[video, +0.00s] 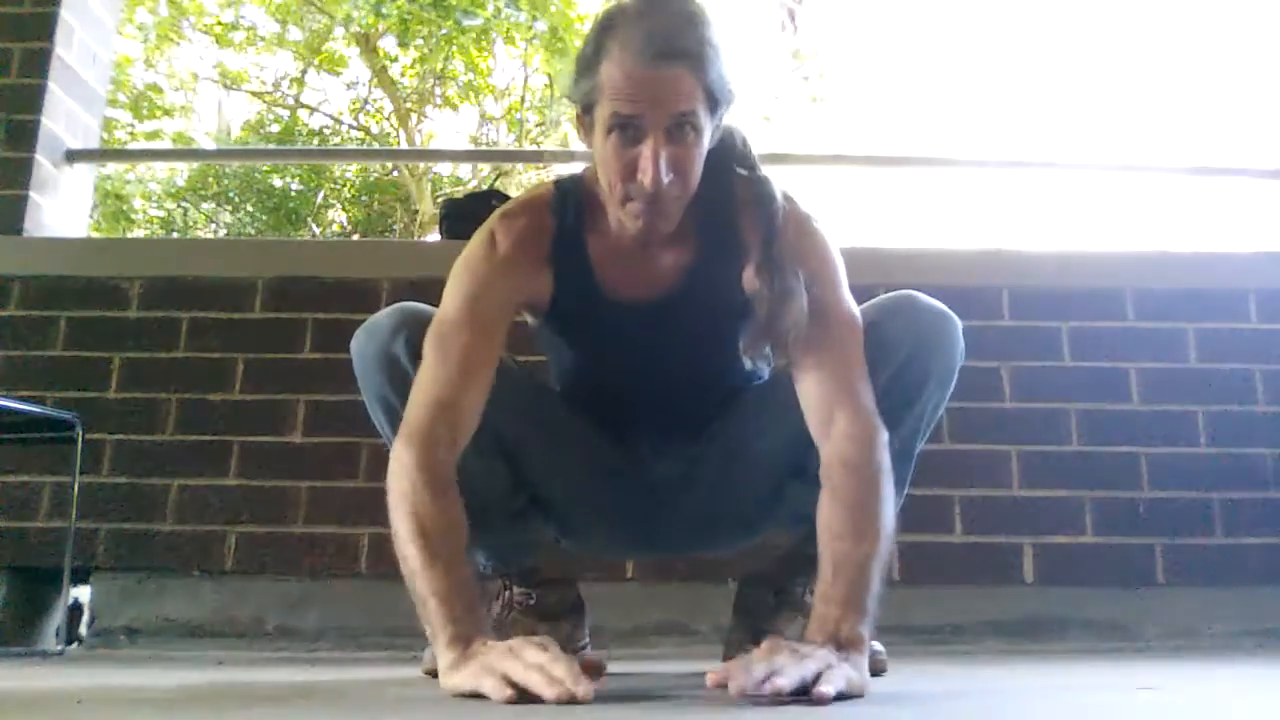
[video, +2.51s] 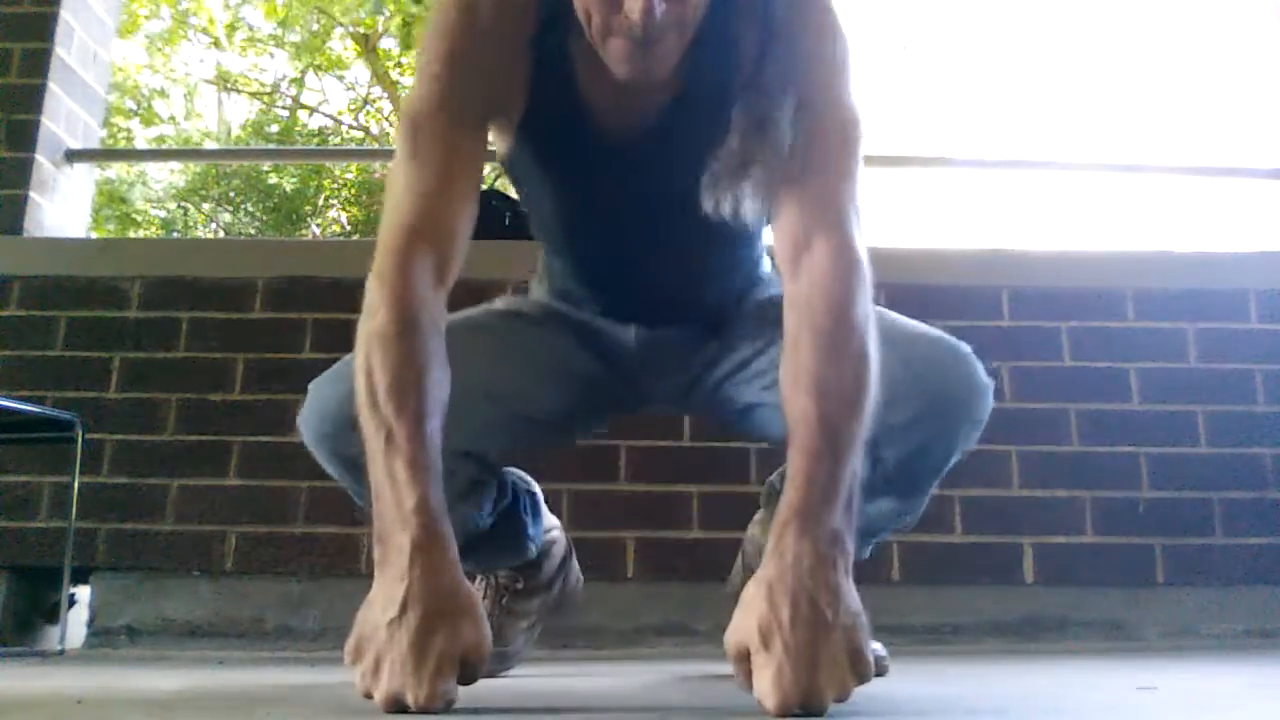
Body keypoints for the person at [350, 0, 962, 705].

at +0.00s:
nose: (653, 168)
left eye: (682, 131)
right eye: (625, 131)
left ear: (716, 126)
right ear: (584, 129)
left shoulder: (778, 235)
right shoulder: (517, 242)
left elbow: (851, 435)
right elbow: (420, 455)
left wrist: (838, 639)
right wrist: (459, 647)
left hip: (734, 478)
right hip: (587, 479)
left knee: (922, 328)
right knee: (391, 339)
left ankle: (778, 619)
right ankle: (542, 613)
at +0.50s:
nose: (647, 203)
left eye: (676, 167)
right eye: (620, 168)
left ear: (716, 154)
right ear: (583, 153)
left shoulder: (774, 234)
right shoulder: (520, 238)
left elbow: (862, 432)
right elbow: (409, 446)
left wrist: (821, 606)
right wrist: (452, 622)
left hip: (726, 485)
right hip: (583, 483)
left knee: (923, 322)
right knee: (388, 336)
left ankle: (807, 616)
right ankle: (531, 589)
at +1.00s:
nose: (645, 212)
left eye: (675, 174)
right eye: (617, 175)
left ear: (715, 158)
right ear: (580, 158)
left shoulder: (773, 230)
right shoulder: (520, 235)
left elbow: (848, 439)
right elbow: (423, 458)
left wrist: (808, 637)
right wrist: (472, 647)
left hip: (728, 478)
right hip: (584, 479)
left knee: (926, 325)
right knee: (388, 336)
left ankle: (781, 622)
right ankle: (540, 605)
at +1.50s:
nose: (650, 182)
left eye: (678, 145)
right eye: (622, 146)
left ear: (717, 132)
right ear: (585, 133)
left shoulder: (773, 198)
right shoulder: (528, 200)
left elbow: (867, 359)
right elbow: (408, 358)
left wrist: (835, 421)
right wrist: (453, 419)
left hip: (732, 474)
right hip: (580, 474)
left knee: (930, 330)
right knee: (379, 344)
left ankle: (787, 604)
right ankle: (532, 603)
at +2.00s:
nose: (647, 122)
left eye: (675, 86)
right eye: (619, 88)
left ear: (713, 82)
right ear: (581, 83)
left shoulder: (773, 158)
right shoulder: (523, 161)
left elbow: (832, 333)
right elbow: (447, 339)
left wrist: (819, 512)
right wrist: (468, 529)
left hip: (732, 449)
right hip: (584, 448)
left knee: (936, 342)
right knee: (371, 353)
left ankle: (788, 602)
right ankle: (529, 605)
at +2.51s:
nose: (629, 24)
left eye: (662, 4)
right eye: (603, 3)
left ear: (709, 1)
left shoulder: (791, 27)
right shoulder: (484, 24)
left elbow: (822, 257)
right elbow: (411, 280)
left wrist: (812, 546)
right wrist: (411, 559)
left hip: (740, 331)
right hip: (565, 330)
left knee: (947, 386)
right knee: (341, 413)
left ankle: (788, 570)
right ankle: (522, 558)